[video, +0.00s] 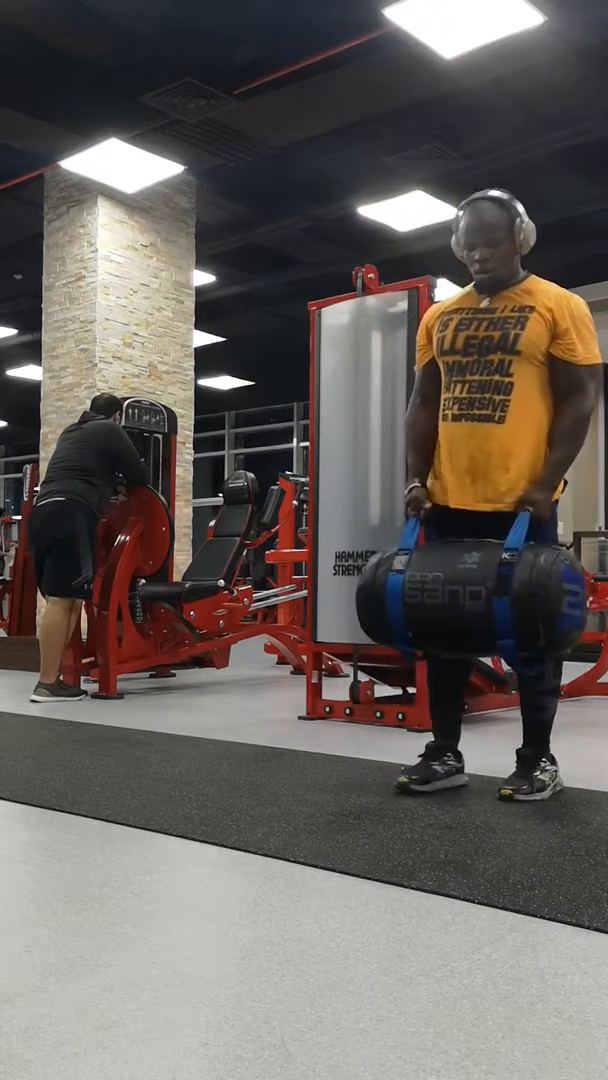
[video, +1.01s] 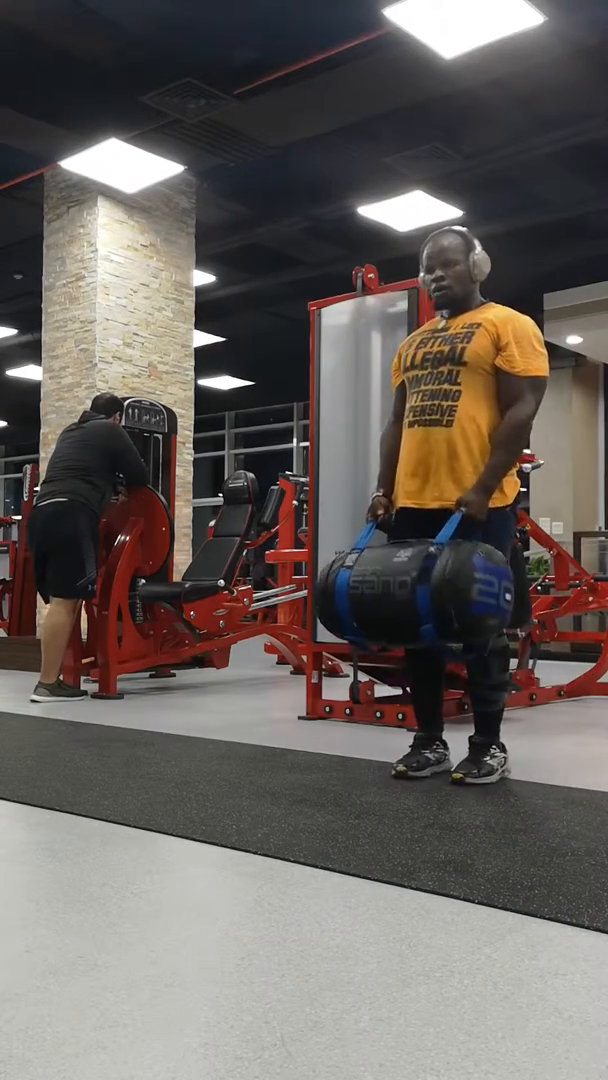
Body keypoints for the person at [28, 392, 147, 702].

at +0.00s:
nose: (121, 423)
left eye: (120, 419)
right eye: (121, 418)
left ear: (91, 412)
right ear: (115, 416)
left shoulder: (70, 431)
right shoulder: (110, 430)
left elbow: (77, 470)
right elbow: (140, 477)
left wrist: (110, 484)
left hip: (42, 510)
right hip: (67, 510)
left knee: (68, 601)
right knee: (59, 601)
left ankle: (54, 678)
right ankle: (47, 682)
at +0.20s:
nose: (121, 423)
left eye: (120, 419)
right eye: (121, 419)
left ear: (91, 413)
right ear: (115, 417)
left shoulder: (69, 431)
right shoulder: (110, 430)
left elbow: (77, 470)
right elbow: (140, 477)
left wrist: (110, 484)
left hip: (41, 511)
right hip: (68, 510)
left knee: (66, 601)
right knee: (59, 601)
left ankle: (53, 679)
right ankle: (47, 682)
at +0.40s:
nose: (121, 424)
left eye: (120, 420)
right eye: (121, 419)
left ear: (91, 413)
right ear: (115, 417)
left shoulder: (69, 431)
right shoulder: (110, 430)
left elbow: (76, 470)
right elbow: (140, 477)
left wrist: (110, 483)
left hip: (41, 512)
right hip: (69, 511)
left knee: (63, 601)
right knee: (63, 601)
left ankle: (52, 679)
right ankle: (48, 682)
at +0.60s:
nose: (121, 424)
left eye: (120, 420)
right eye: (122, 419)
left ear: (91, 413)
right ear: (116, 417)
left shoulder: (69, 431)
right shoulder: (111, 431)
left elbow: (75, 470)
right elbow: (140, 478)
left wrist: (109, 486)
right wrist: (116, 478)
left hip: (41, 512)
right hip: (69, 511)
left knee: (61, 601)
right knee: (63, 601)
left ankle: (52, 679)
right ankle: (48, 682)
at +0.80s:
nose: (121, 424)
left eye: (121, 420)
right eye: (122, 419)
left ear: (91, 413)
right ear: (116, 417)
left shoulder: (69, 431)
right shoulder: (111, 431)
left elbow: (75, 470)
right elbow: (140, 478)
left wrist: (109, 486)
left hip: (41, 512)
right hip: (69, 511)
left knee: (61, 601)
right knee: (63, 601)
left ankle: (52, 679)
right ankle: (48, 682)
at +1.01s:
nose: (121, 424)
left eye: (120, 420)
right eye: (122, 419)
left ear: (91, 412)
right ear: (116, 417)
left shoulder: (69, 431)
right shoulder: (112, 431)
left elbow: (74, 470)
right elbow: (140, 478)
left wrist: (109, 486)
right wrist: (114, 476)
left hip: (41, 512)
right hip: (69, 511)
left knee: (60, 601)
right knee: (63, 601)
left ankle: (51, 679)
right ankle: (48, 682)